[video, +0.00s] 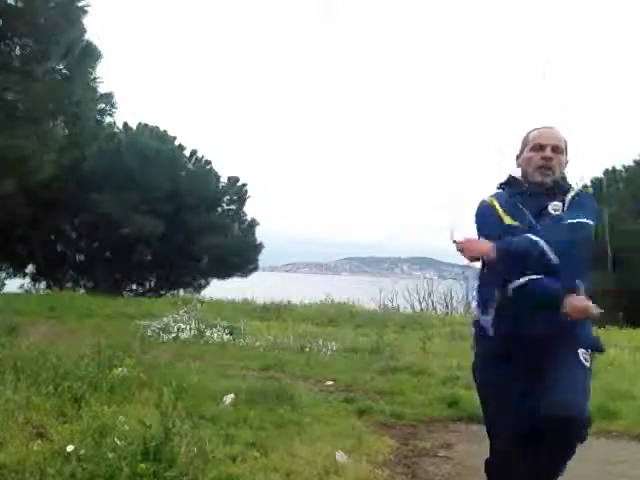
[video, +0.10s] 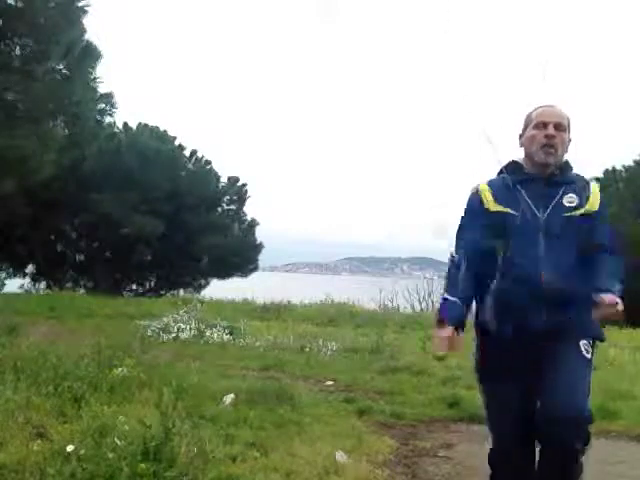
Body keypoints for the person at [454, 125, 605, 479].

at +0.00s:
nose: (547, 156)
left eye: (556, 150)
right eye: (538, 149)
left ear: (566, 161)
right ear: (520, 158)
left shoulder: (581, 203)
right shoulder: (494, 207)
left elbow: (562, 244)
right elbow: (507, 277)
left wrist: (496, 249)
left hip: (564, 336)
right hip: (503, 340)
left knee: (566, 420)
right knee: (509, 444)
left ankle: (530, 474)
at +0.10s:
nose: (550, 134)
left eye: (559, 129)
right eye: (540, 127)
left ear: (569, 141)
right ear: (522, 137)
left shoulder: (588, 195)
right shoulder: (489, 194)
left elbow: (603, 253)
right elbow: (467, 259)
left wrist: (606, 290)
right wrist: (450, 315)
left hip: (567, 335)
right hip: (503, 336)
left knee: (565, 428)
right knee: (509, 445)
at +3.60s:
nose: (544, 152)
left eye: (554, 147)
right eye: (536, 146)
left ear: (567, 160)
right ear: (523, 157)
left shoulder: (591, 212)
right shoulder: (490, 210)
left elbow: (620, 274)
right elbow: (459, 264)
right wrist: (416, 284)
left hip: (565, 354)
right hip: (503, 352)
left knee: (555, 441)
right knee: (503, 452)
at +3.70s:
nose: (553, 128)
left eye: (562, 122)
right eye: (545, 122)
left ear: (576, 135)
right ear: (531, 132)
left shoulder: (597, 187)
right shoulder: (496, 183)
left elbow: (627, 256)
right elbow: (458, 242)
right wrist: (416, 276)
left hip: (570, 330)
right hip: (506, 327)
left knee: (556, 427)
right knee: (508, 431)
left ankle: (555, 473)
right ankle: (508, 477)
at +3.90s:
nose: (559, 155)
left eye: (568, 150)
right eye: (550, 149)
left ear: (581, 162)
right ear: (535, 159)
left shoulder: (607, 213)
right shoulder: (501, 209)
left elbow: (634, 271)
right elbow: (466, 260)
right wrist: (426, 278)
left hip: (573, 353)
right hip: (507, 350)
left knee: (561, 451)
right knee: (500, 430)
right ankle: (518, 475)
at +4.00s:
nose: (558, 142)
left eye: (567, 136)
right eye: (549, 135)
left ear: (581, 148)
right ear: (535, 146)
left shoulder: (605, 202)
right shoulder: (501, 200)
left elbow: (632, 263)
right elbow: (471, 260)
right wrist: (431, 294)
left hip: (574, 353)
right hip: (508, 349)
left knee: (567, 458)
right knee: (504, 436)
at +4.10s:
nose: (553, 125)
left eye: (563, 119)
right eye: (545, 118)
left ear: (576, 130)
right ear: (530, 128)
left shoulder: (601, 180)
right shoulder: (499, 180)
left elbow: (631, 241)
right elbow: (465, 239)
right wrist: (420, 276)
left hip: (573, 328)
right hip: (509, 325)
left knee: (562, 437)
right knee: (514, 427)